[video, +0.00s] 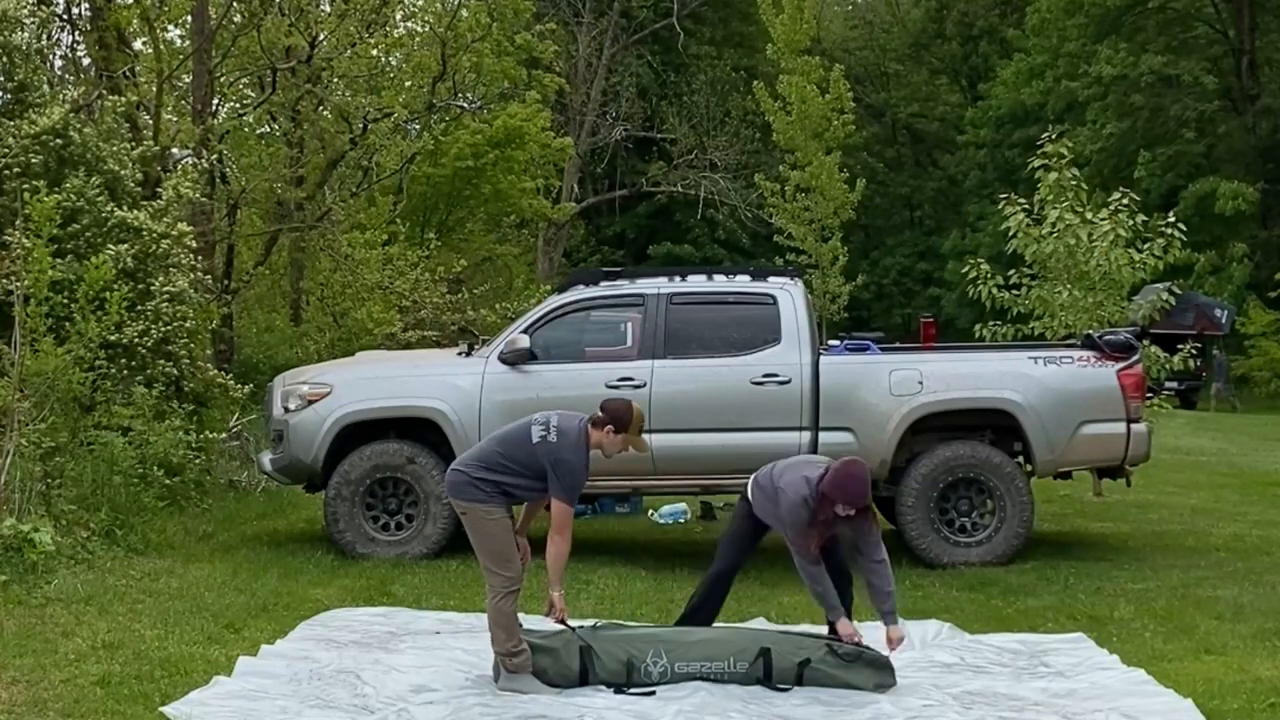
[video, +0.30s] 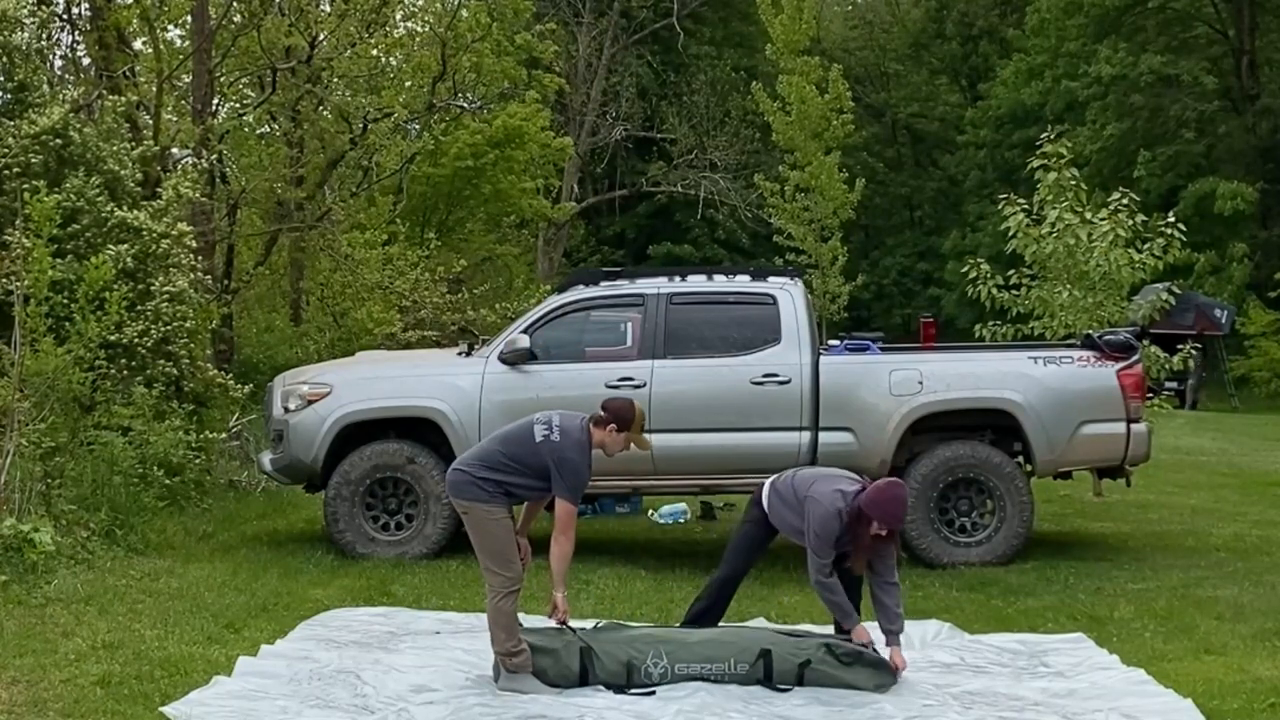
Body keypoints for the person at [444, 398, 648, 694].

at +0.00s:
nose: (626, 447)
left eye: (629, 441)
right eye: (625, 439)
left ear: (605, 426)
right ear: (607, 431)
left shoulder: (576, 427)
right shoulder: (569, 459)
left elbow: (543, 487)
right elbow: (558, 536)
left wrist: (521, 530)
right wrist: (556, 590)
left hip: (482, 483)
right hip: (475, 487)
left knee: (508, 573)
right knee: (505, 578)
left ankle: (506, 664)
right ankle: (514, 671)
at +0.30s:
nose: (627, 446)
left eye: (630, 439)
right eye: (627, 438)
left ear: (606, 425)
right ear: (610, 429)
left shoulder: (575, 427)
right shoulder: (573, 457)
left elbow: (542, 488)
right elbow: (562, 536)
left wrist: (522, 532)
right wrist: (559, 592)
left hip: (481, 482)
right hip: (477, 487)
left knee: (508, 575)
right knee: (505, 579)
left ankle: (507, 664)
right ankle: (513, 671)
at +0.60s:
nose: (626, 442)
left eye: (628, 436)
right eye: (625, 434)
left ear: (604, 421)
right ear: (607, 424)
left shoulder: (571, 427)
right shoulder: (573, 455)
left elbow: (543, 491)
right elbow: (563, 535)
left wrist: (520, 533)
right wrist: (563, 590)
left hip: (478, 483)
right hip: (475, 489)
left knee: (508, 574)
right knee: (504, 580)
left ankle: (506, 663)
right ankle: (514, 671)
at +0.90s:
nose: (623, 440)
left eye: (625, 434)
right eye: (622, 432)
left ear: (601, 420)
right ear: (605, 423)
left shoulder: (568, 427)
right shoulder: (569, 454)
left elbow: (541, 489)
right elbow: (563, 534)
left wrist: (519, 532)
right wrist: (564, 588)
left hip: (479, 485)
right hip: (474, 490)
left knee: (508, 572)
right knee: (502, 579)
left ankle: (506, 663)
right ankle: (513, 671)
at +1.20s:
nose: (626, 441)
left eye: (628, 435)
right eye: (625, 433)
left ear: (604, 421)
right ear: (608, 424)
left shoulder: (571, 427)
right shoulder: (572, 454)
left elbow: (542, 490)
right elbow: (564, 535)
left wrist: (520, 533)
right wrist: (565, 591)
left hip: (479, 484)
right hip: (476, 489)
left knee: (508, 573)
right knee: (503, 580)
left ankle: (505, 662)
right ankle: (513, 671)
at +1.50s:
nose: (622, 442)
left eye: (625, 435)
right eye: (622, 433)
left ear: (601, 421)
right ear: (604, 423)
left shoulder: (566, 431)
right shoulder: (569, 450)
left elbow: (542, 500)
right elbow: (554, 525)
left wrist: (529, 547)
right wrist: (553, 590)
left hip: (476, 486)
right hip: (472, 489)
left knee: (511, 571)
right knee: (506, 576)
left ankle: (498, 661)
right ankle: (513, 670)